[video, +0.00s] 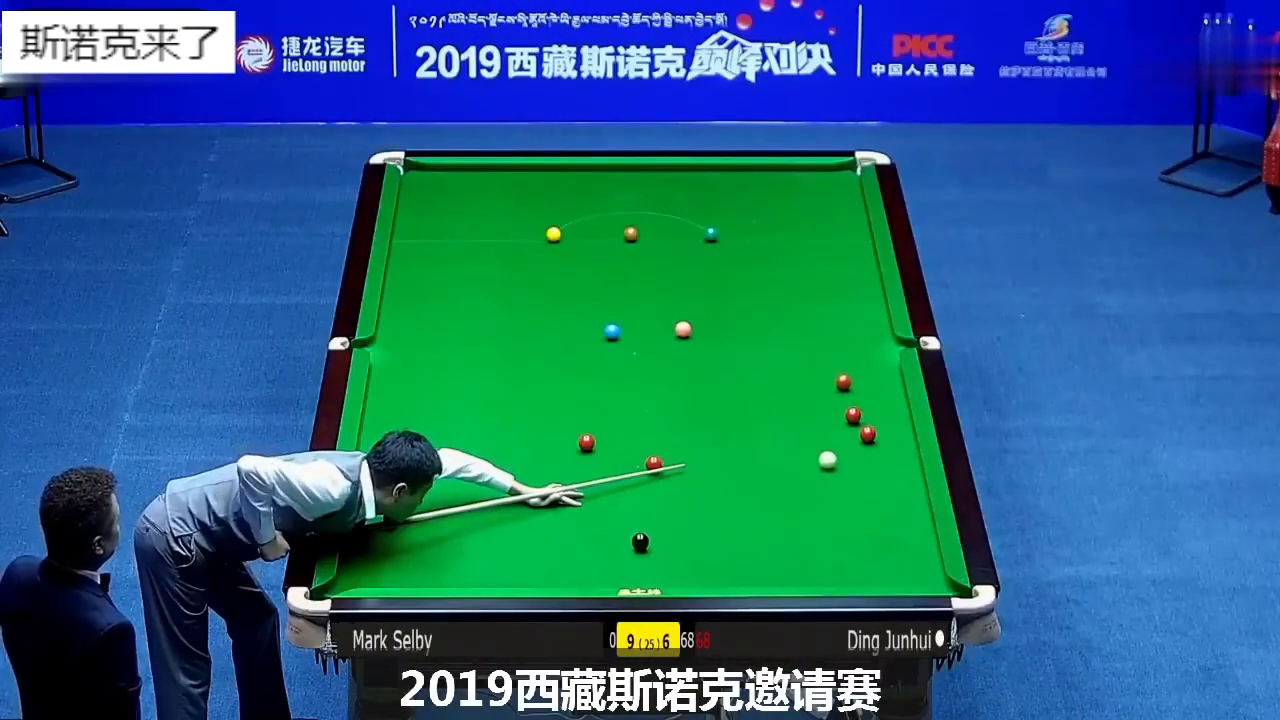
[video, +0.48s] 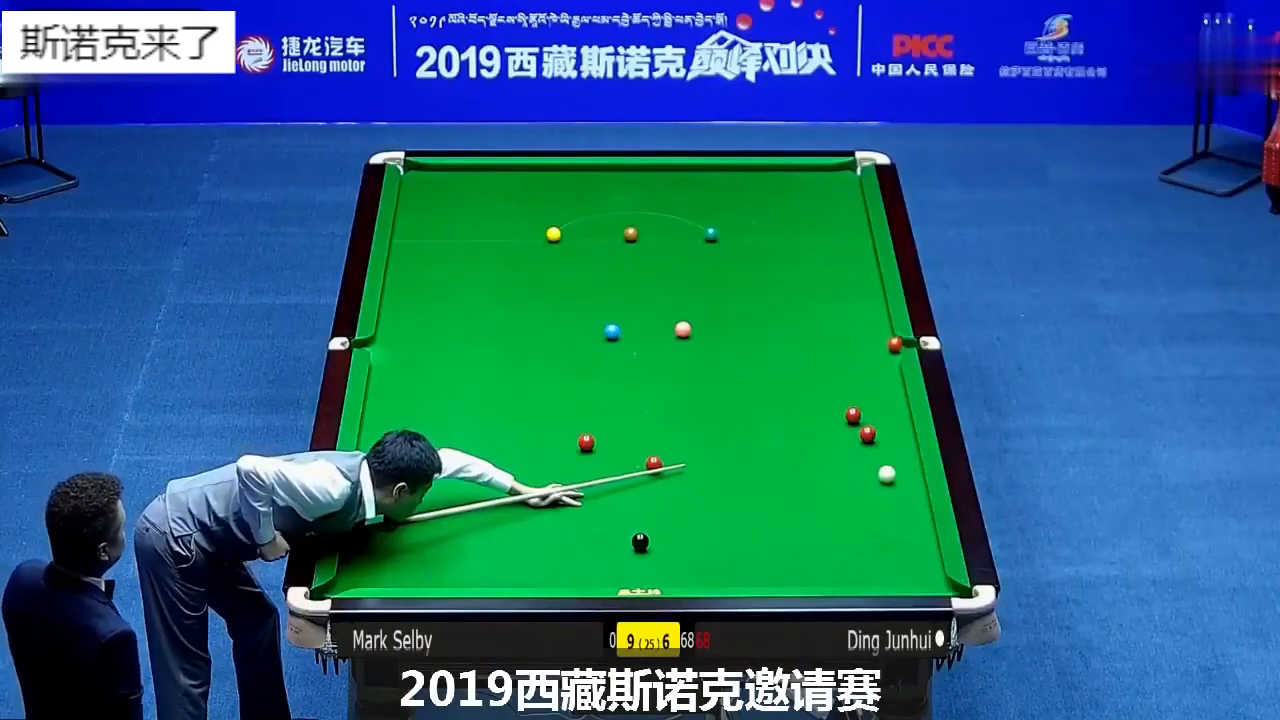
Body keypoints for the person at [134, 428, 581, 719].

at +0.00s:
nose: (420, 502)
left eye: (422, 493)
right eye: (418, 495)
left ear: (393, 479)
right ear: (395, 489)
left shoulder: (378, 472)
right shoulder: (331, 491)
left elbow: (454, 462)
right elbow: (253, 469)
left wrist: (523, 489)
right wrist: (266, 536)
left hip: (211, 538)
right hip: (173, 538)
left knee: (257, 627)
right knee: (187, 677)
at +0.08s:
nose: (420, 502)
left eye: (422, 493)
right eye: (418, 495)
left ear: (392, 479)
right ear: (395, 489)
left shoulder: (377, 472)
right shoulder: (331, 491)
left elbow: (454, 462)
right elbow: (253, 469)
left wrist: (523, 489)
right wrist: (267, 536)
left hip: (211, 538)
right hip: (173, 538)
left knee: (257, 627)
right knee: (187, 677)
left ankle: (266, 719)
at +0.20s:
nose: (419, 502)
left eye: (422, 493)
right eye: (417, 494)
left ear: (392, 479)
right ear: (395, 489)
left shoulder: (377, 471)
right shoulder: (331, 491)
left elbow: (454, 462)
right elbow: (253, 470)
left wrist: (523, 489)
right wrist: (267, 536)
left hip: (211, 538)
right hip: (173, 539)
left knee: (257, 628)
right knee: (187, 677)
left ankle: (267, 719)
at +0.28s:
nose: (420, 502)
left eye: (422, 493)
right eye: (418, 494)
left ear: (393, 479)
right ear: (395, 489)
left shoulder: (377, 472)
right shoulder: (331, 491)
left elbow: (454, 462)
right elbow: (252, 469)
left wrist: (523, 489)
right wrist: (266, 536)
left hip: (211, 538)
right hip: (173, 538)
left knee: (257, 627)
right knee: (187, 677)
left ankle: (266, 719)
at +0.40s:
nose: (419, 502)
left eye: (422, 493)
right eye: (417, 494)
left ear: (392, 478)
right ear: (395, 489)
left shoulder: (377, 472)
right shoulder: (331, 491)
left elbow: (454, 462)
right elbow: (252, 469)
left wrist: (523, 489)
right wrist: (265, 536)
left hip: (211, 537)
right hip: (173, 538)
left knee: (257, 627)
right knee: (187, 677)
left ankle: (266, 719)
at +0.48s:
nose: (419, 502)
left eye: (422, 493)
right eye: (418, 494)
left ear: (392, 477)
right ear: (396, 489)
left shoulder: (375, 471)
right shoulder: (331, 491)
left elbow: (454, 462)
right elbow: (252, 470)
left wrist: (523, 489)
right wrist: (267, 535)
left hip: (210, 535)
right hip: (173, 537)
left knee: (257, 624)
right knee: (187, 673)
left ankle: (266, 719)